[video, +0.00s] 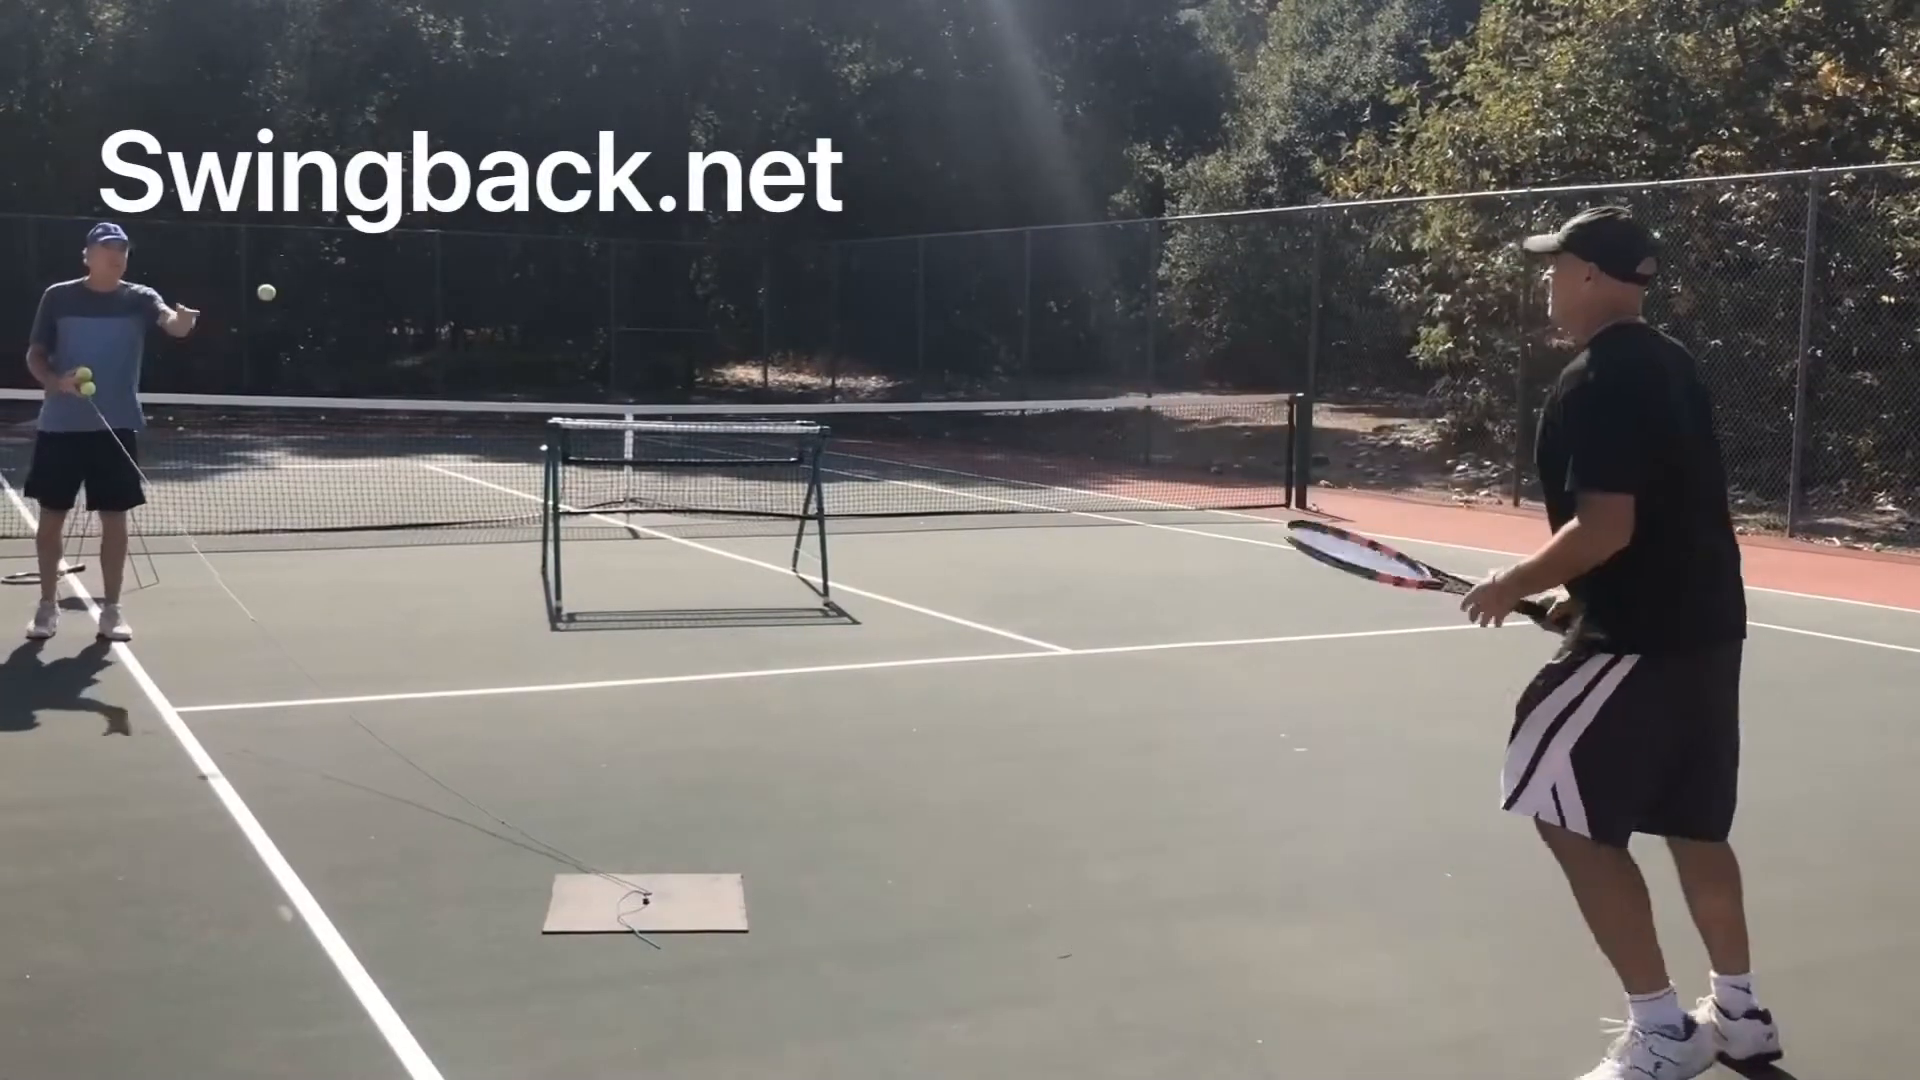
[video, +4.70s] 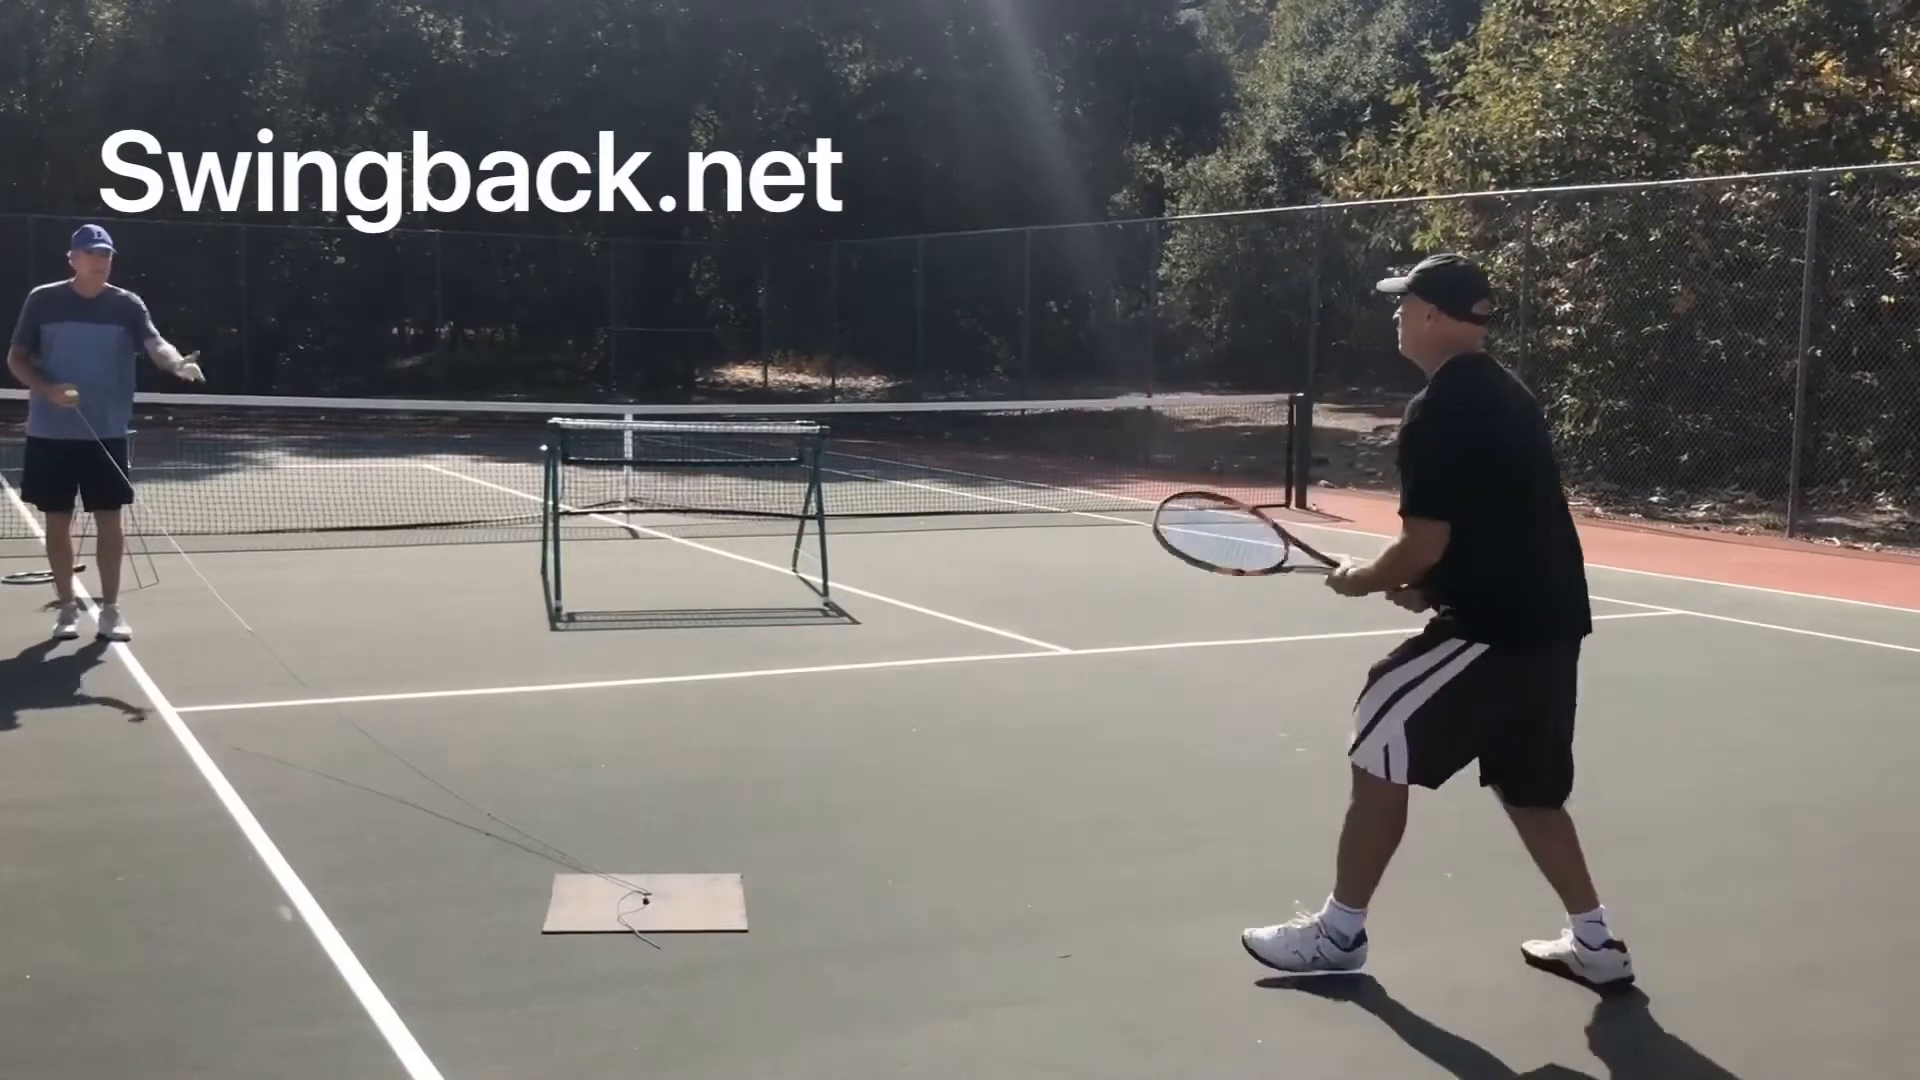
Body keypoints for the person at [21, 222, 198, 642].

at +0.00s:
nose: (114, 255)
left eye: (120, 248)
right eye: (106, 247)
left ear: (127, 255)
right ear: (88, 254)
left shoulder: (141, 297)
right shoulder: (57, 297)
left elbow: (171, 322)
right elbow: (35, 355)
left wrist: (183, 321)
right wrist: (54, 380)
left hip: (116, 428)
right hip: (61, 428)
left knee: (115, 520)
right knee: (50, 519)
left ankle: (111, 610)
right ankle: (47, 605)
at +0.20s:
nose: (117, 258)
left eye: (122, 251)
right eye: (109, 250)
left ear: (129, 257)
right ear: (90, 256)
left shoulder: (145, 302)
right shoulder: (61, 299)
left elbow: (178, 349)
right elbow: (41, 360)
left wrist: (148, 346)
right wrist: (69, 377)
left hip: (119, 434)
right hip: (66, 432)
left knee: (117, 519)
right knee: (56, 515)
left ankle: (111, 609)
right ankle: (48, 604)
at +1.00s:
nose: (112, 269)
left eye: (116, 261)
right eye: (104, 260)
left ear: (123, 263)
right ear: (82, 260)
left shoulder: (135, 304)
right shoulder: (52, 303)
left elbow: (149, 361)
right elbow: (30, 364)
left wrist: (158, 410)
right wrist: (68, 395)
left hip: (120, 438)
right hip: (67, 438)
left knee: (117, 522)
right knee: (66, 523)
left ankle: (111, 610)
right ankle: (69, 607)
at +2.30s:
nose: (111, 262)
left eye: (116, 256)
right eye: (103, 255)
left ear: (121, 260)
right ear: (81, 259)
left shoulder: (137, 306)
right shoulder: (50, 300)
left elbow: (163, 344)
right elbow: (23, 356)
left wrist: (187, 357)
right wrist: (52, 389)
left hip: (112, 435)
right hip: (58, 435)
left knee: (113, 521)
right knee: (61, 522)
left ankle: (111, 610)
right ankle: (69, 607)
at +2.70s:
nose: (105, 258)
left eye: (111, 251)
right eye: (97, 250)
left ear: (119, 257)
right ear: (79, 256)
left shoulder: (134, 302)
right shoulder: (49, 300)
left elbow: (168, 352)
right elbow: (28, 359)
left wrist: (141, 354)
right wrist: (59, 384)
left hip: (115, 434)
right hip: (61, 436)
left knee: (114, 521)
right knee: (63, 523)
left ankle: (111, 610)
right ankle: (69, 608)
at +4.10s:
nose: (94, 268)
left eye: (100, 261)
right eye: (86, 260)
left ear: (107, 263)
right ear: (66, 260)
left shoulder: (119, 304)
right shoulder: (37, 304)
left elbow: (129, 364)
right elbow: (16, 364)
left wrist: (142, 418)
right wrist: (53, 394)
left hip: (109, 437)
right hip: (55, 438)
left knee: (111, 520)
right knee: (59, 522)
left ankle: (110, 609)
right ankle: (69, 607)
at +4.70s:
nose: (101, 261)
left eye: (106, 254)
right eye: (92, 253)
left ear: (112, 259)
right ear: (73, 257)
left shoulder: (129, 306)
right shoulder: (42, 300)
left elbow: (156, 345)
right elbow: (16, 358)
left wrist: (177, 364)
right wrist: (46, 388)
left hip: (107, 436)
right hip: (52, 435)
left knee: (110, 520)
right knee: (58, 520)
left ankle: (110, 609)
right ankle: (68, 606)